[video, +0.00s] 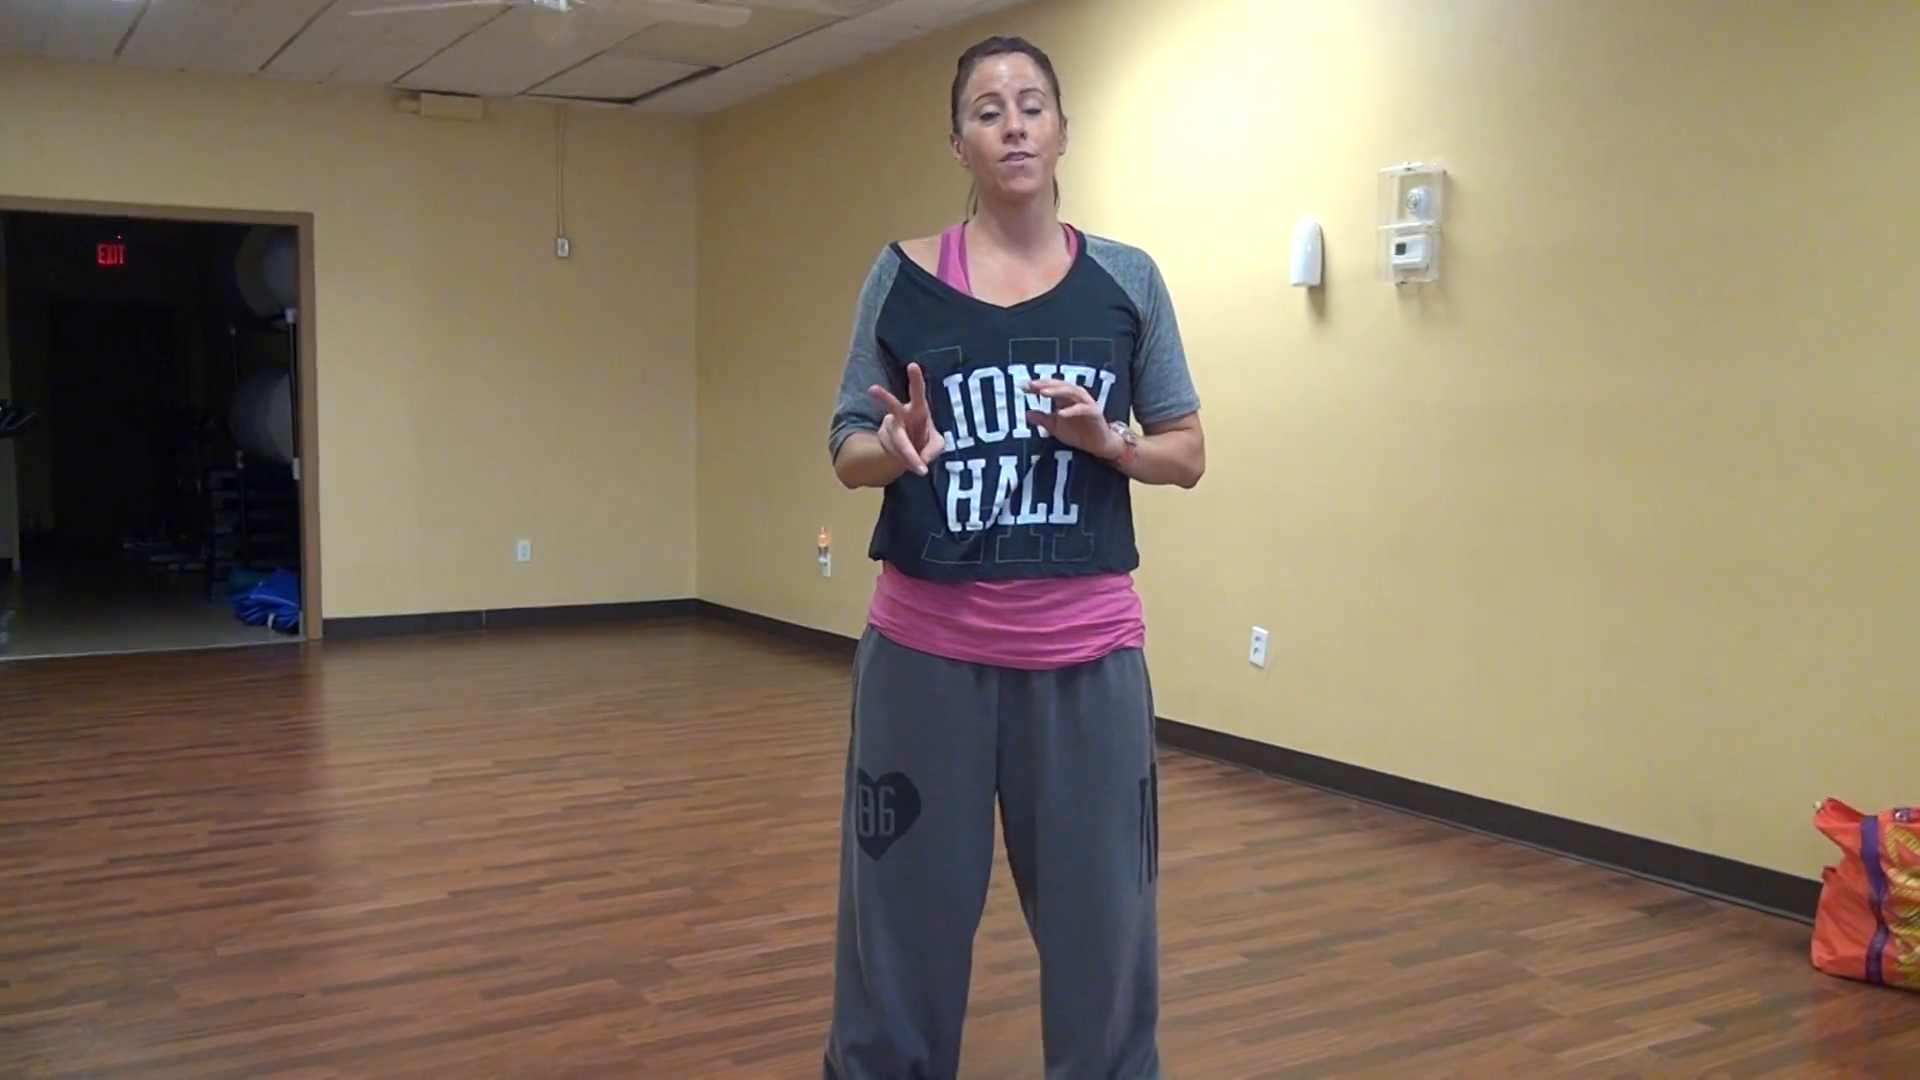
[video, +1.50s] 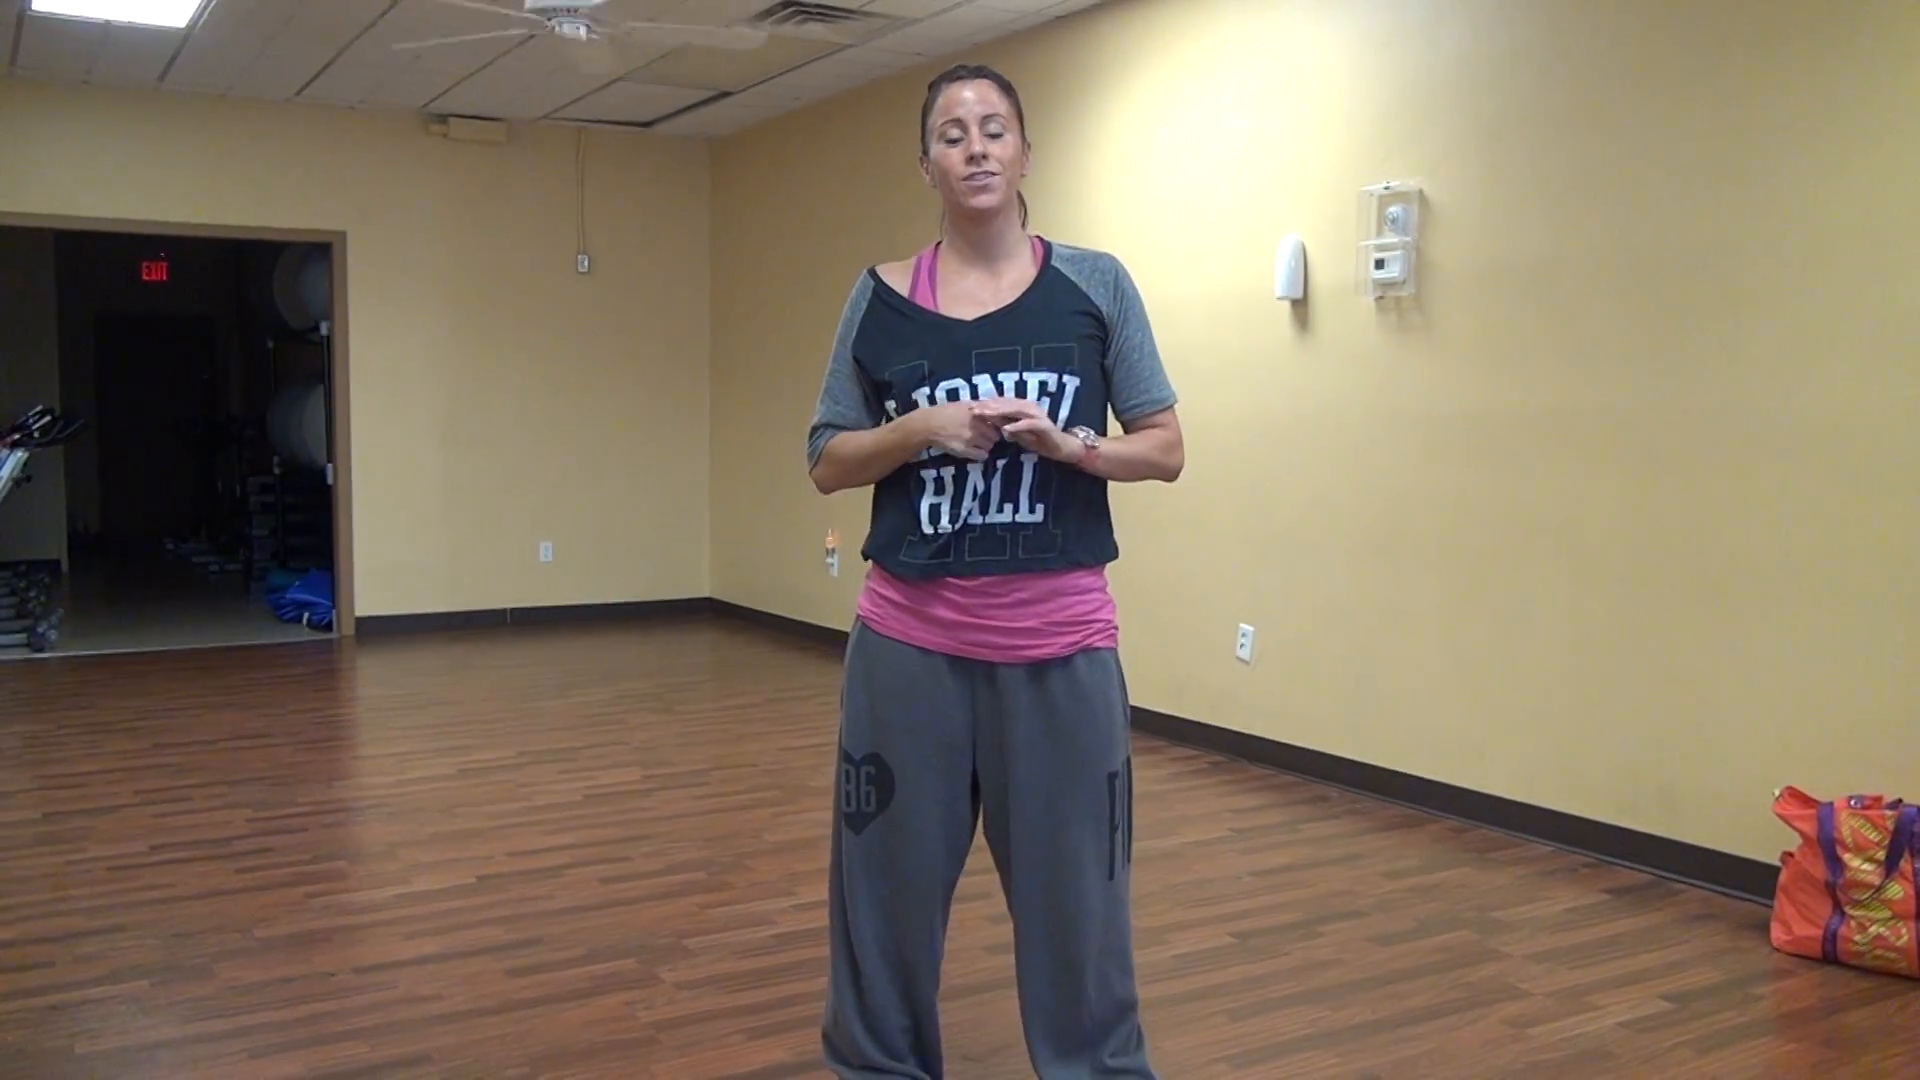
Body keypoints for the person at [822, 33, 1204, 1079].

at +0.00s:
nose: (1013, 125)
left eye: (1032, 106)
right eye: (988, 110)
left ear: (1061, 131)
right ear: (958, 143)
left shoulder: (1128, 275)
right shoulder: (905, 273)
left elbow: (1187, 453)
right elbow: (849, 446)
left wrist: (1113, 444)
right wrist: (895, 449)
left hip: (1088, 651)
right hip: (925, 648)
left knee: (1106, 933)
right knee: (901, 925)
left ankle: (1110, 1076)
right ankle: (882, 1072)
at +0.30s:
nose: (1003, 136)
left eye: (1019, 118)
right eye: (978, 123)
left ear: (1048, 141)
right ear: (947, 155)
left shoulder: (1107, 288)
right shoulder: (893, 278)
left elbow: (1156, 465)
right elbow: (833, 441)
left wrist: (1096, 451)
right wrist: (886, 470)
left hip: (1058, 646)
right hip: (902, 643)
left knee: (1089, 917)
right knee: (885, 912)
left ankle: (1107, 1072)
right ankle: (879, 1071)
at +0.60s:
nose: (983, 141)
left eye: (1001, 126)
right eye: (960, 128)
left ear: (1029, 155)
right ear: (928, 162)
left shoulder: (1081, 295)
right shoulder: (869, 278)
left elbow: (1117, 466)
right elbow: (796, 435)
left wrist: (1065, 460)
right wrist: (881, 469)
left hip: (1022, 638)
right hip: (872, 634)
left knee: (1057, 895)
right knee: (865, 890)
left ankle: (1100, 1066)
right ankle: (878, 1066)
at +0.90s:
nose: (963, 147)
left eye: (982, 131)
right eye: (942, 133)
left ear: (1009, 155)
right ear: (912, 161)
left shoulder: (1070, 291)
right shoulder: (855, 288)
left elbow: (1126, 462)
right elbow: (794, 452)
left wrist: (1054, 454)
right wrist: (888, 439)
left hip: (1016, 638)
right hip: (867, 634)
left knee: (1053, 892)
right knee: (861, 888)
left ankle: (1099, 1066)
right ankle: (876, 1066)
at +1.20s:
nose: (962, 148)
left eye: (980, 129)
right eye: (940, 133)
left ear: (1012, 152)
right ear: (913, 162)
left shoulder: (1081, 285)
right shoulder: (866, 292)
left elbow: (1147, 453)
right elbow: (805, 456)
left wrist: (1047, 451)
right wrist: (906, 444)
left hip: (1037, 641)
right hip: (884, 639)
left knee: (1063, 908)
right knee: (870, 901)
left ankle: (1100, 1068)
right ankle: (877, 1068)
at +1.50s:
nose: (975, 147)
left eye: (993, 128)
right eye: (952, 134)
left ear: (1025, 151)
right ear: (926, 162)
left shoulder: (1097, 282)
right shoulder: (883, 295)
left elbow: (1166, 449)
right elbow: (828, 465)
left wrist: (1071, 447)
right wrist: (919, 429)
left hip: (1061, 643)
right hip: (906, 642)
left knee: (1080, 909)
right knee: (884, 905)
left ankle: (1100, 1068)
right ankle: (882, 1068)